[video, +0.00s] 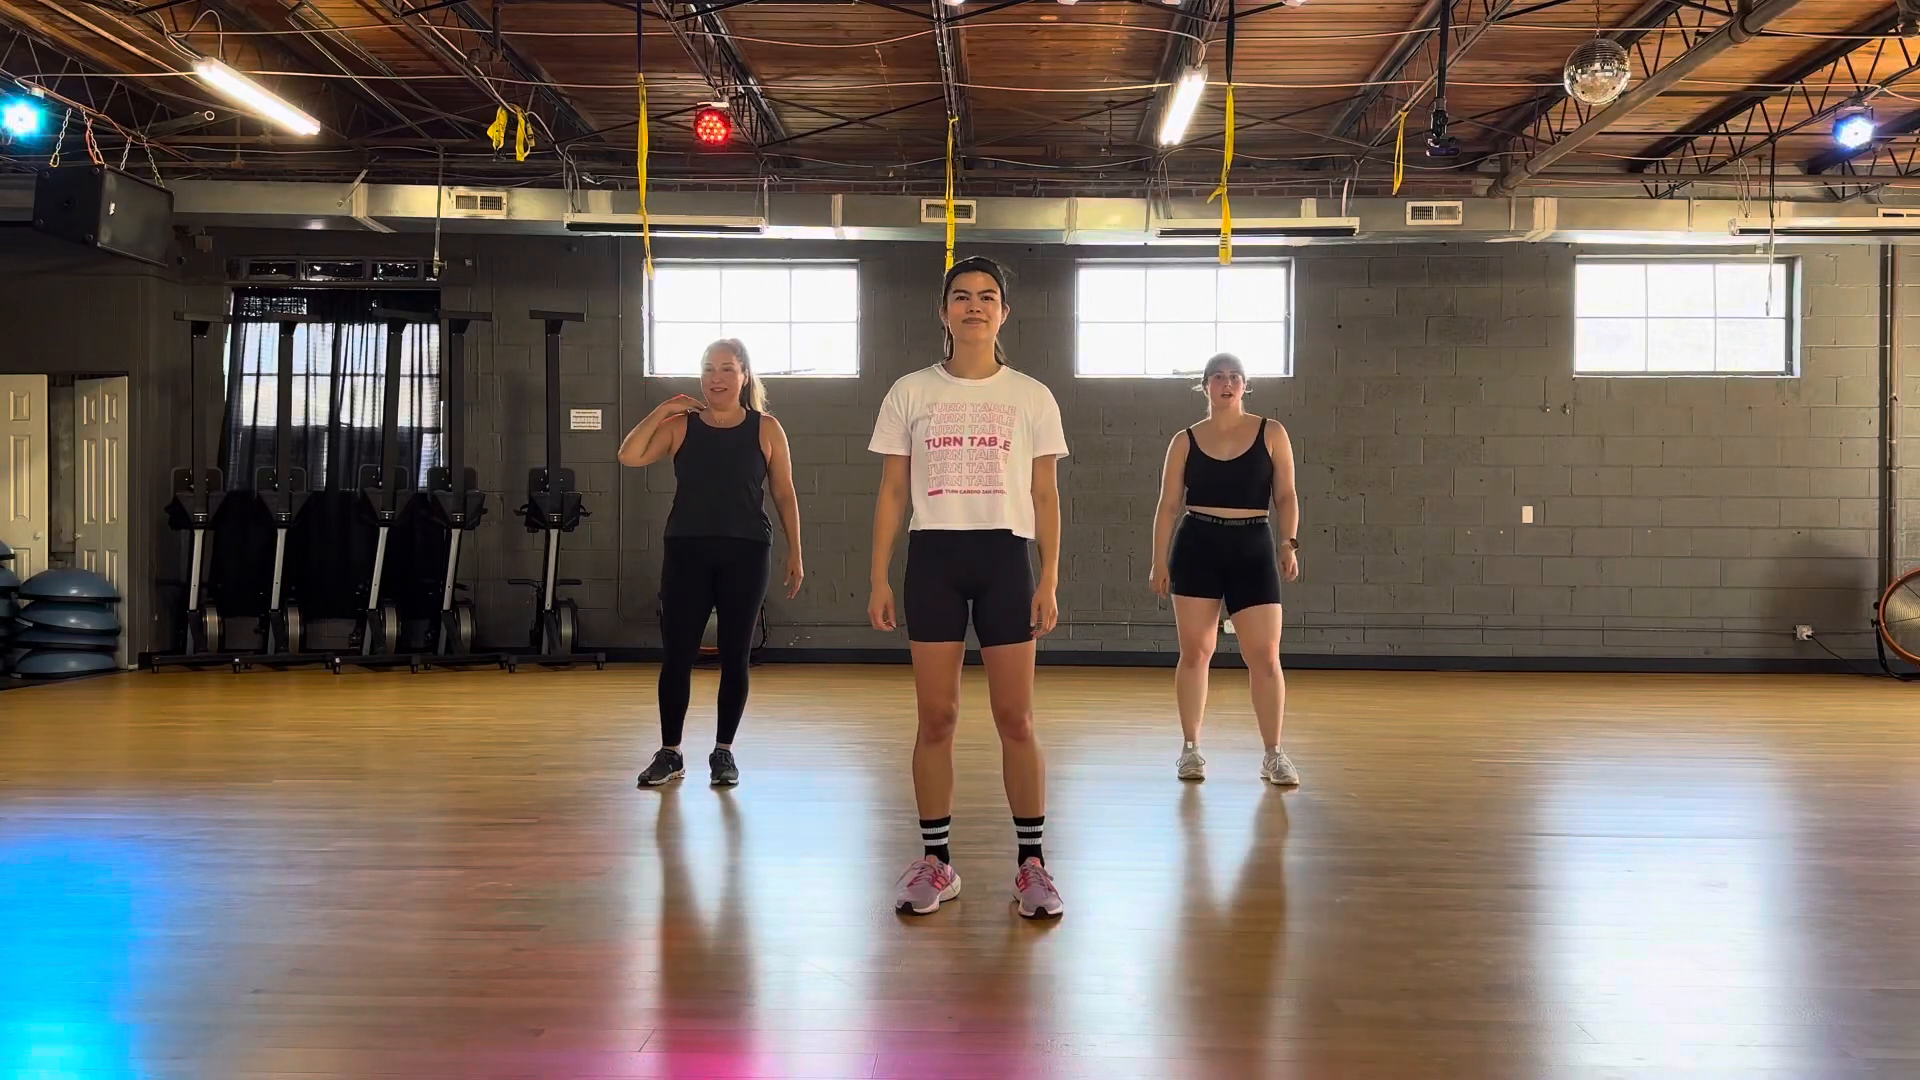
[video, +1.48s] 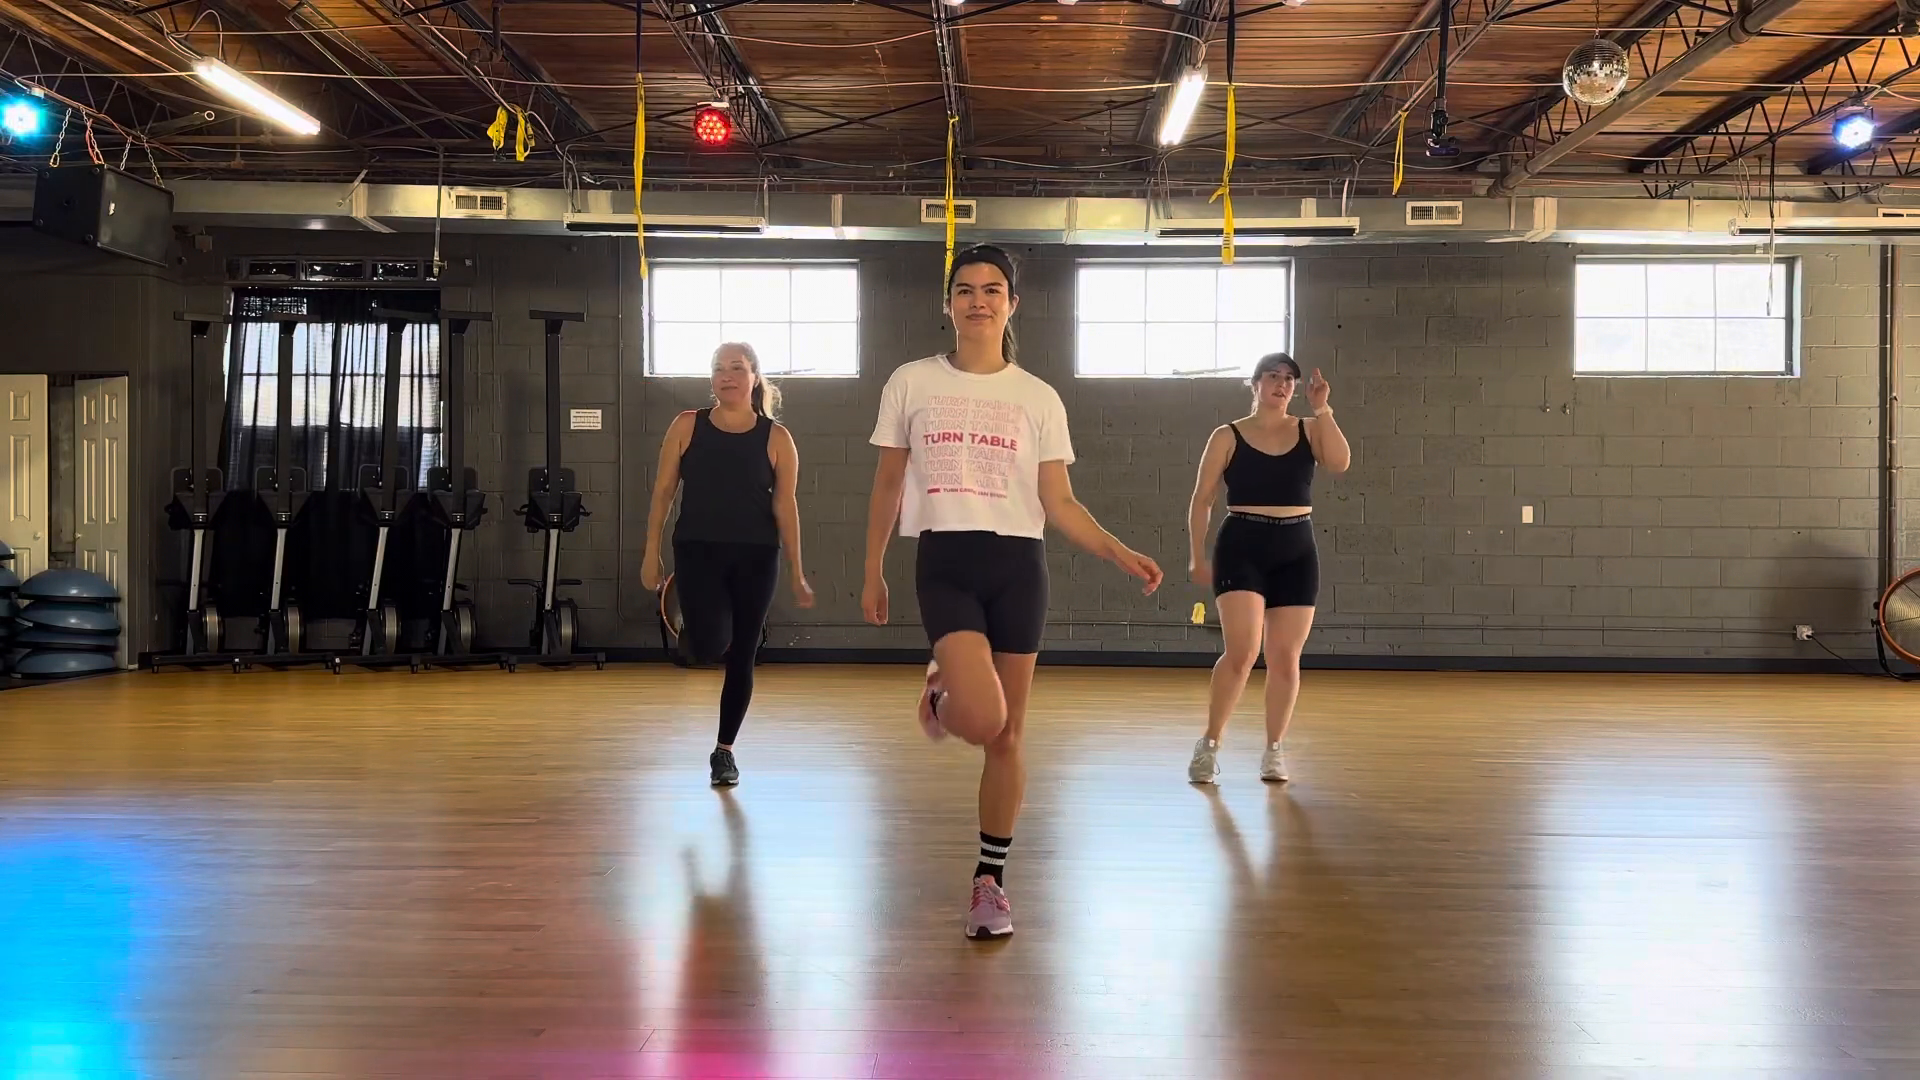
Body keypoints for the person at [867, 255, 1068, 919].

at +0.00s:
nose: (974, 307)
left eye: (985, 298)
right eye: (962, 297)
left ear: (1003, 313)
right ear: (944, 311)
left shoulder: (1033, 396)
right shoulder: (910, 391)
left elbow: (1045, 493)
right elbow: (893, 492)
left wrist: (1048, 579)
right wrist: (879, 577)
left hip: (1009, 562)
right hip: (932, 561)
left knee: (1016, 720)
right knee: (936, 719)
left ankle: (1032, 865)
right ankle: (935, 862)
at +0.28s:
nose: (963, 313)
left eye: (975, 303)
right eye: (951, 302)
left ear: (991, 315)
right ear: (932, 313)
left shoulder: (1018, 397)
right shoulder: (896, 389)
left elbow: (1029, 496)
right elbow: (876, 489)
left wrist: (1034, 584)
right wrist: (859, 573)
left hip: (991, 562)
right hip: (916, 561)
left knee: (1007, 722)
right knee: (926, 718)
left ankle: (1029, 864)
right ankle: (935, 862)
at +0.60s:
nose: (948, 314)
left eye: (961, 304)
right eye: (937, 303)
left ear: (978, 317)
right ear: (921, 313)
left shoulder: (1006, 400)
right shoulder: (882, 393)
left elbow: (1017, 502)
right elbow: (863, 492)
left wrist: (1022, 587)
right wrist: (853, 575)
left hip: (978, 565)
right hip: (904, 564)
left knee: (997, 725)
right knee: (921, 722)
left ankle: (1026, 864)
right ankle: (934, 863)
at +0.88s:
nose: (947, 316)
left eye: (960, 306)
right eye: (936, 305)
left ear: (978, 315)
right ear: (919, 313)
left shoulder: (1007, 398)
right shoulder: (884, 393)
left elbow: (1025, 492)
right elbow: (864, 494)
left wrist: (1003, 566)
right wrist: (852, 580)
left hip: (982, 563)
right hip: (909, 562)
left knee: (983, 721)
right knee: (922, 719)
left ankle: (1001, 871)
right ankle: (934, 863)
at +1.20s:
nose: (968, 308)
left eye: (980, 297)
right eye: (956, 297)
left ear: (1000, 308)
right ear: (940, 309)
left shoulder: (1026, 395)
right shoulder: (903, 384)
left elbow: (1043, 486)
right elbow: (882, 482)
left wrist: (1086, 548)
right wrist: (872, 572)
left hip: (1006, 565)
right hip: (932, 563)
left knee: (997, 726)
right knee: (938, 730)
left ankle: (992, 879)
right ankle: (934, 858)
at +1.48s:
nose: (978, 299)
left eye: (990, 290)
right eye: (966, 289)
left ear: (1010, 305)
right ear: (949, 303)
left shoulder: (1040, 398)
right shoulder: (910, 383)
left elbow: (1060, 503)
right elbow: (888, 483)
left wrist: (1117, 552)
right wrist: (873, 572)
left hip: (1020, 564)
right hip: (945, 561)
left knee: (1009, 733)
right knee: (983, 726)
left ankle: (989, 882)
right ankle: (938, 687)